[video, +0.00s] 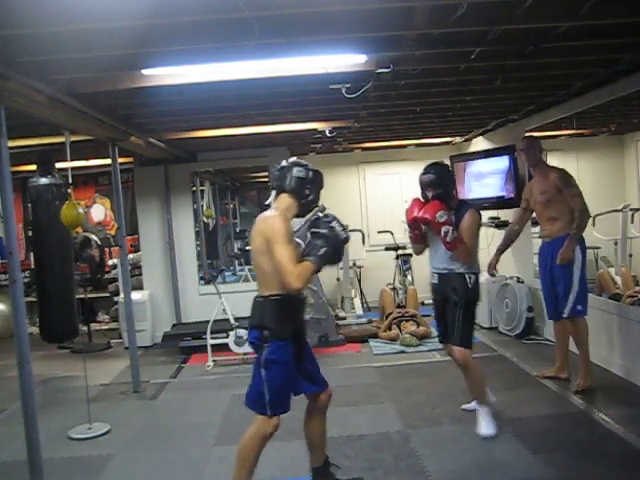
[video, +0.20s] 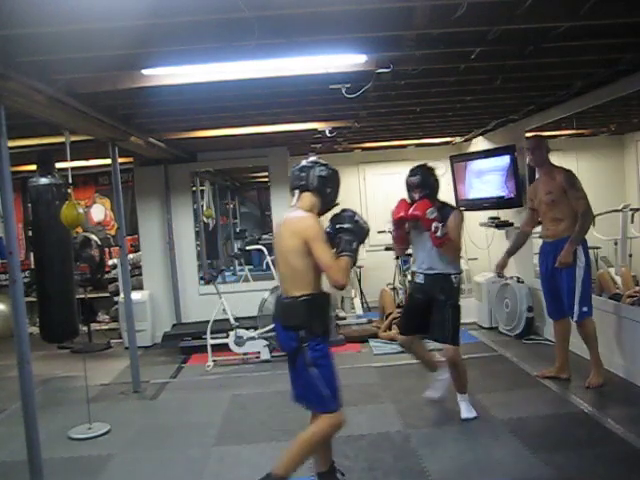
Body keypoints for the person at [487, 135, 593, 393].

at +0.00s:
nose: (524, 156)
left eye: (528, 150)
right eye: (522, 151)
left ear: (540, 151)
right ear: (521, 155)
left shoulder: (559, 176)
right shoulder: (529, 188)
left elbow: (583, 212)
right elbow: (517, 224)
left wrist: (571, 244)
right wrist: (498, 253)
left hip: (569, 246)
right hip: (547, 248)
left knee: (572, 312)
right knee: (556, 313)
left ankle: (585, 372)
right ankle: (560, 367)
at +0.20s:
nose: (530, 155)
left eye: (534, 150)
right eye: (527, 151)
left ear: (546, 151)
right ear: (526, 156)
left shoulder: (564, 176)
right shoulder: (533, 188)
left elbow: (587, 214)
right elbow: (527, 226)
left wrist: (571, 246)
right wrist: (505, 258)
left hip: (572, 248)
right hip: (548, 251)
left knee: (580, 312)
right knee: (557, 312)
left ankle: (597, 367)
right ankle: (561, 367)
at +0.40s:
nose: (544, 153)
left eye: (548, 148)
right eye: (542, 149)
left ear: (560, 148)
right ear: (541, 152)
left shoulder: (575, 178)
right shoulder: (545, 184)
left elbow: (590, 220)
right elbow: (548, 224)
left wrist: (569, 252)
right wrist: (540, 254)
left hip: (576, 250)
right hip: (551, 250)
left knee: (586, 311)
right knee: (558, 311)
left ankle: (597, 369)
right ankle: (561, 367)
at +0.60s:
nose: (550, 155)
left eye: (555, 150)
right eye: (549, 150)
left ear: (567, 151)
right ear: (550, 152)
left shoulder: (581, 179)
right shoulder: (556, 181)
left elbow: (599, 223)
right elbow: (556, 221)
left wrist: (572, 254)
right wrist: (545, 252)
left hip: (582, 252)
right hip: (558, 251)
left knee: (591, 311)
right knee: (555, 308)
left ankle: (597, 370)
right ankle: (560, 365)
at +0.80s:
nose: (548, 154)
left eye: (551, 150)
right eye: (546, 150)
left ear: (565, 149)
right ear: (551, 152)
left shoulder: (580, 176)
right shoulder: (558, 177)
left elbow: (611, 212)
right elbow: (566, 214)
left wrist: (583, 245)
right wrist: (556, 237)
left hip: (581, 251)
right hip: (559, 249)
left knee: (590, 312)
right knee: (559, 309)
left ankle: (597, 370)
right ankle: (563, 363)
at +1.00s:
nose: (542, 156)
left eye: (546, 151)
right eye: (541, 151)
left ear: (559, 151)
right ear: (547, 153)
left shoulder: (577, 174)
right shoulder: (555, 175)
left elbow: (614, 192)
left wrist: (592, 227)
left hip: (578, 250)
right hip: (556, 250)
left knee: (588, 313)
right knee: (560, 310)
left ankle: (597, 370)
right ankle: (564, 365)